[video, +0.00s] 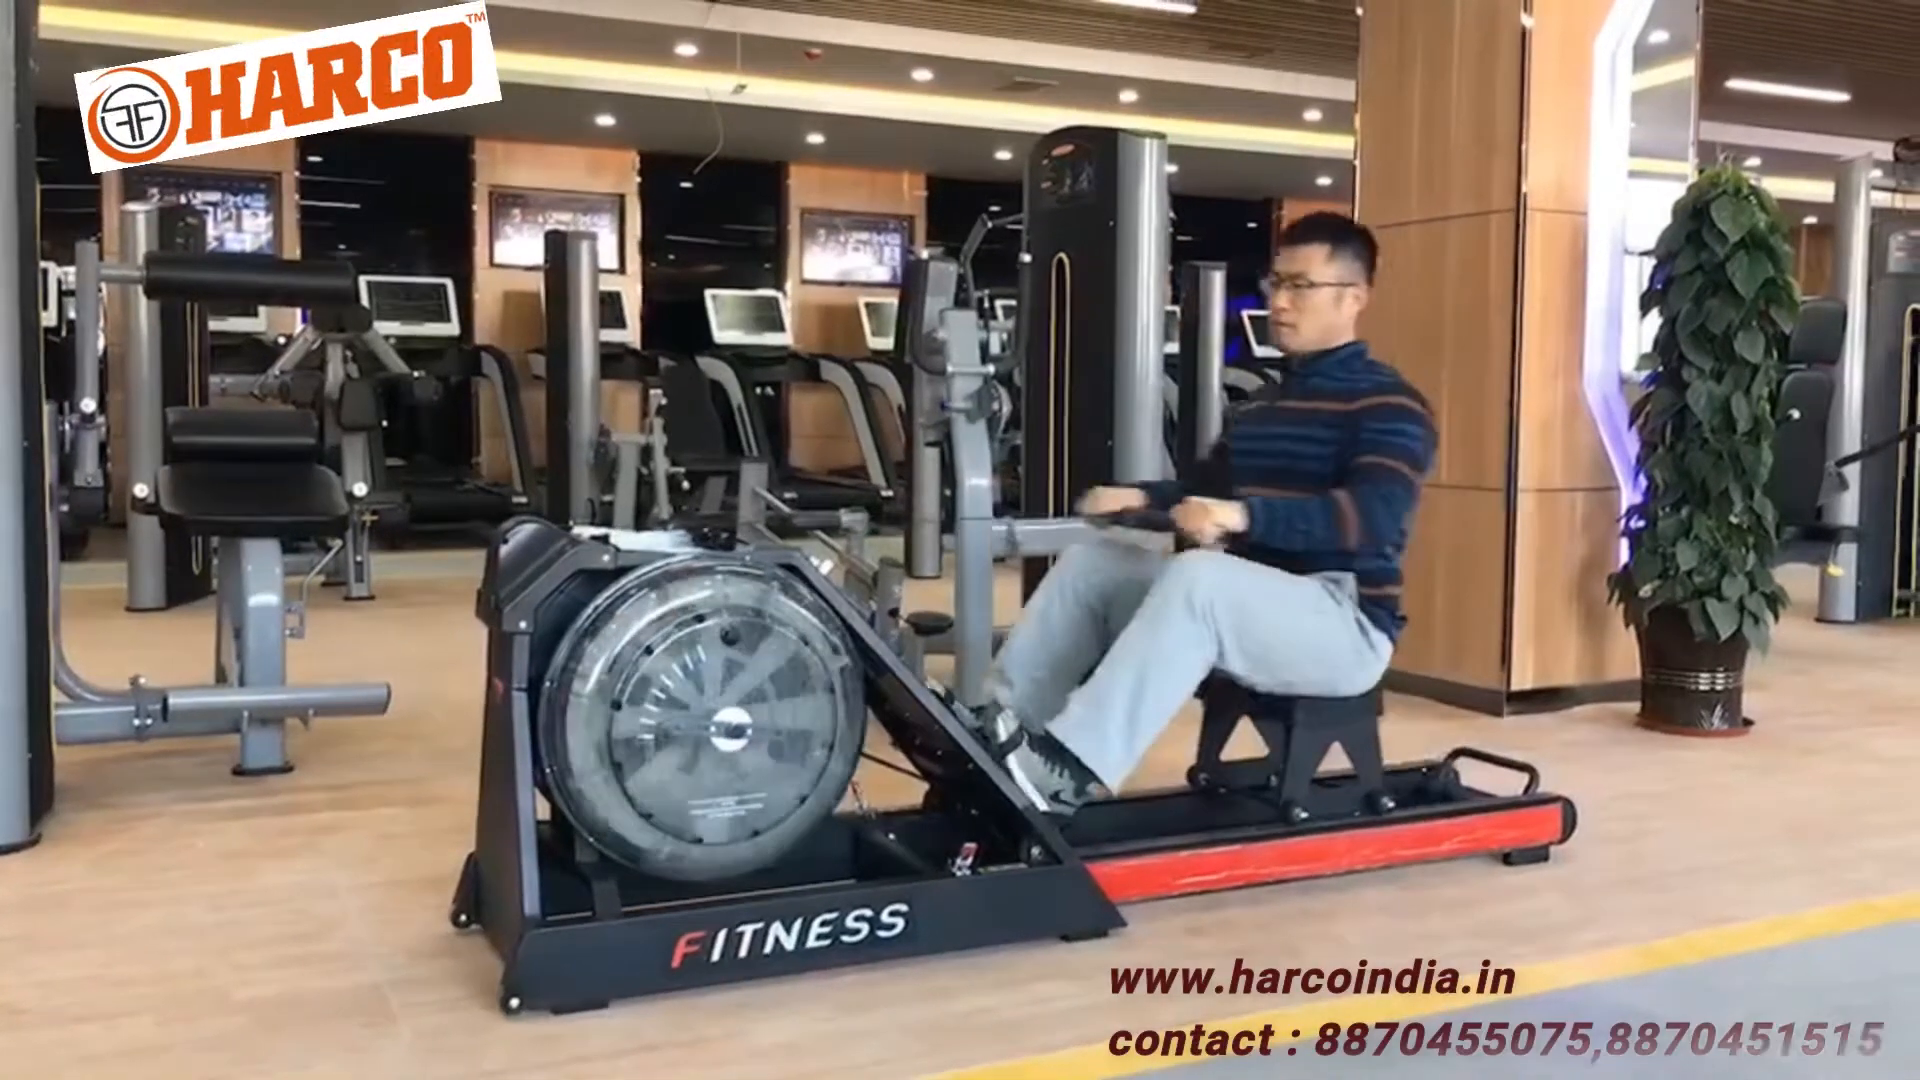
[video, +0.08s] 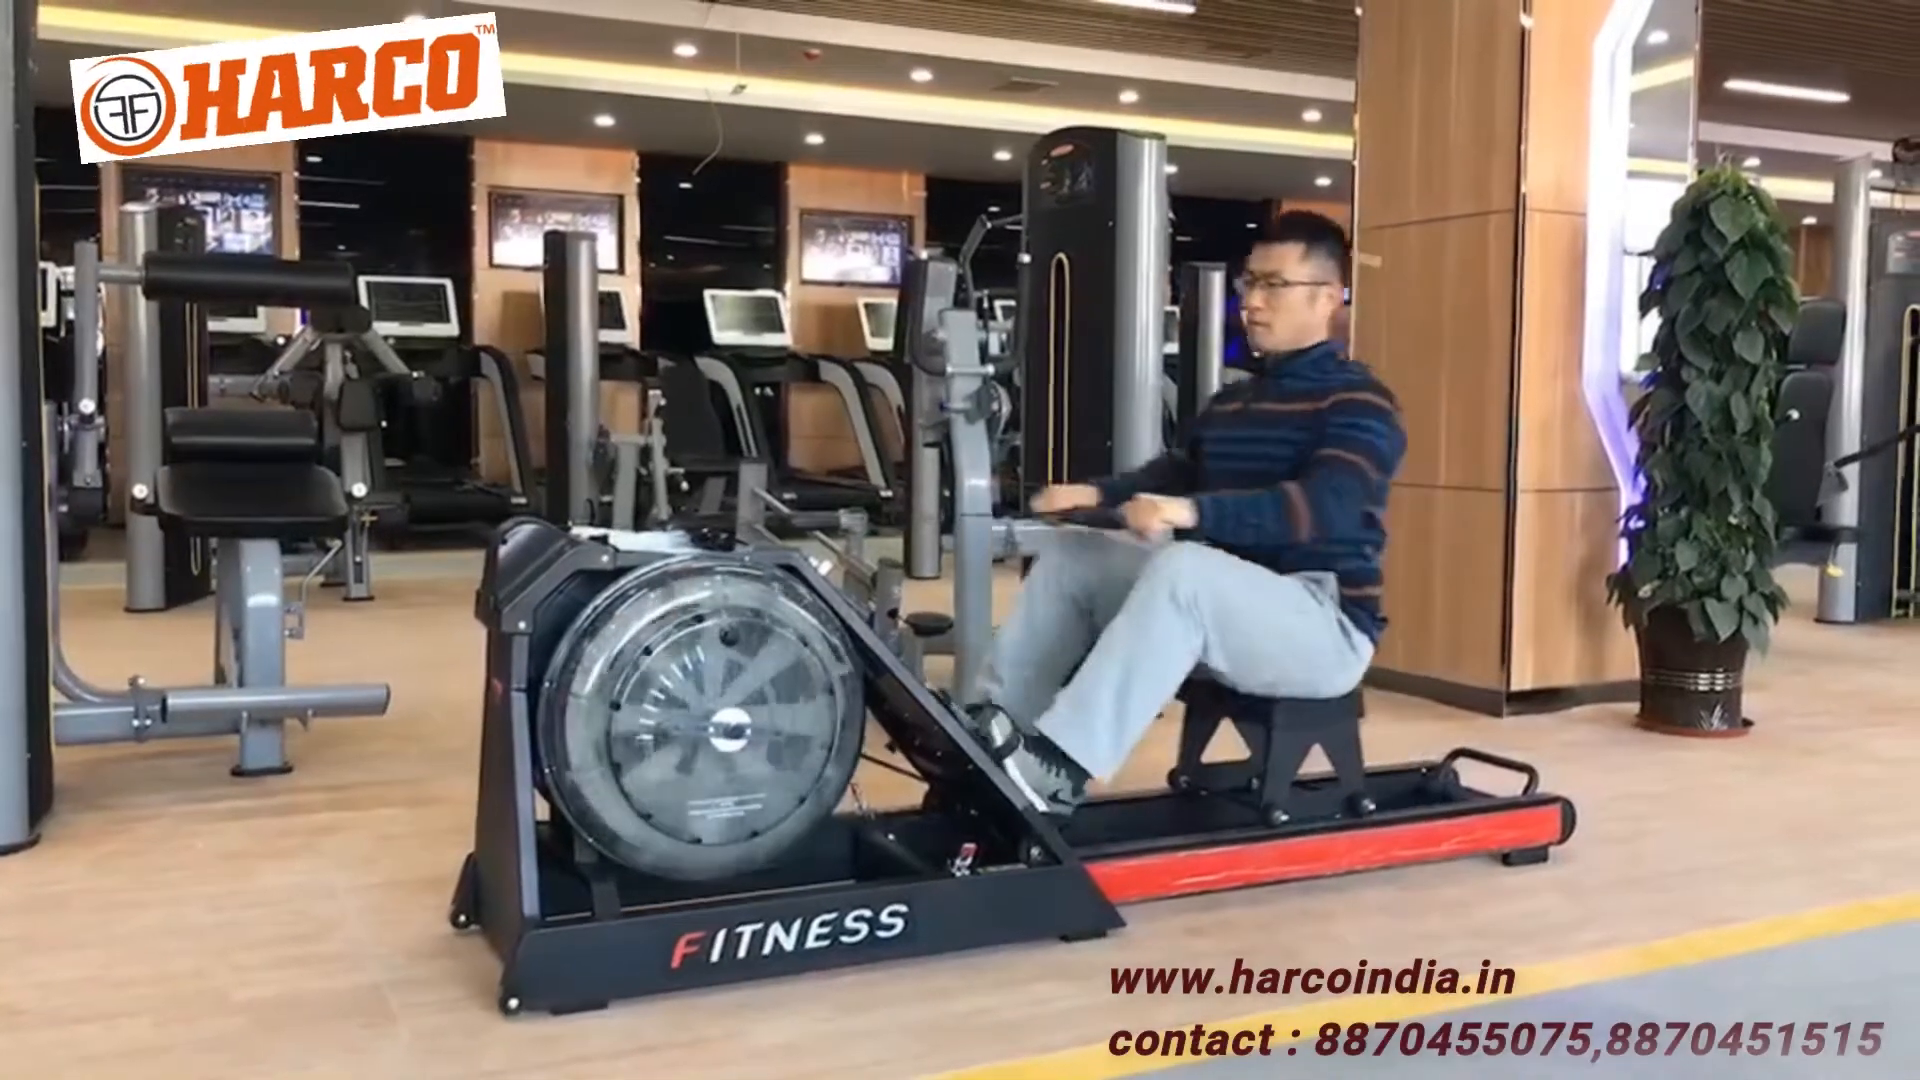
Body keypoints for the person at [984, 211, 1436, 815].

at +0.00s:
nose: (1277, 301)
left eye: (1298, 286)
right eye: (1274, 285)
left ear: (1354, 299)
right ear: (1268, 290)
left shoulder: (1390, 405)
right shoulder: (1266, 404)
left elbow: (1370, 520)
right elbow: (1211, 493)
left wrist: (1248, 516)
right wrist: (1143, 498)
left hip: (1347, 626)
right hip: (1251, 604)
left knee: (1198, 581)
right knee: (1090, 560)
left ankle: (1074, 764)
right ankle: (1000, 725)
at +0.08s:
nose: (1250, 301)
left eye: (1272, 285)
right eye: (1248, 284)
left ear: (1331, 299)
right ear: (1240, 290)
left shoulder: (1359, 403)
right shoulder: (1234, 399)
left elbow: (1321, 508)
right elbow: (1181, 473)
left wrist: (1198, 514)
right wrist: (1099, 495)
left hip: (1326, 624)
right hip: (1229, 601)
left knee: (1182, 575)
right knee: (1069, 559)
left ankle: (1062, 764)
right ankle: (989, 732)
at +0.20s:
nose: (1204, 297)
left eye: (1225, 282)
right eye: (1201, 281)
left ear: (1281, 298)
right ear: (1194, 287)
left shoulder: (1307, 400)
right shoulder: (1191, 396)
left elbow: (1231, 492)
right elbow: (1110, 463)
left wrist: (1105, 508)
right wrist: (1011, 488)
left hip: (1289, 630)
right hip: (1190, 602)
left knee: (1149, 564)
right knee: (1028, 555)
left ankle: (1051, 765)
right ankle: (980, 743)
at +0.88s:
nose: (1294, 305)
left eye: (1313, 292)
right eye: (1291, 289)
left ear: (1365, 306)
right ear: (1282, 294)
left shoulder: (1388, 406)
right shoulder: (1266, 397)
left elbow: (1319, 491)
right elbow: (1191, 462)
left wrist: (1195, 506)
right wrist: (1095, 484)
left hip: (1340, 621)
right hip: (1249, 596)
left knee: (1195, 593)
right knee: (1084, 572)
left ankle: (1054, 770)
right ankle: (980, 729)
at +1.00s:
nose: (1346, 315)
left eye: (1366, 300)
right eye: (1341, 299)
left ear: (1418, 314)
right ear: (1333, 307)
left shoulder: (1441, 409)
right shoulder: (1314, 404)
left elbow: (1386, 507)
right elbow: (1248, 477)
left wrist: (1266, 507)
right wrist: (1163, 486)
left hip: (1376, 623)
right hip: (1288, 601)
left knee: (1217, 622)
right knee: (1118, 594)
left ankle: (1068, 775)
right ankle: (986, 738)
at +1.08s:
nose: (1367, 321)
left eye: (1389, 307)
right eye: (1361, 304)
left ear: (1439, 320)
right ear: (1351, 309)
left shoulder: (1464, 414)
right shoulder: (1336, 411)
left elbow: (1424, 514)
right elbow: (1273, 486)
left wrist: (1302, 513)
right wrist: (1194, 492)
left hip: (1388, 623)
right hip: (1299, 603)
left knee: (1229, 634)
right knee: (1124, 608)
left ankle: (1075, 777)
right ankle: (991, 739)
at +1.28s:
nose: (1403, 332)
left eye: (1424, 317)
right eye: (1398, 316)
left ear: (1475, 329)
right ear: (1390, 320)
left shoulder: (1508, 423)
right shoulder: (1374, 422)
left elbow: (1509, 538)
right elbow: (1329, 504)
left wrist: (1391, 530)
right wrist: (1267, 501)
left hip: (1413, 625)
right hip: (1325, 599)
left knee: (1248, 675)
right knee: (1174, 643)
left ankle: (1087, 792)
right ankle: (1014, 736)